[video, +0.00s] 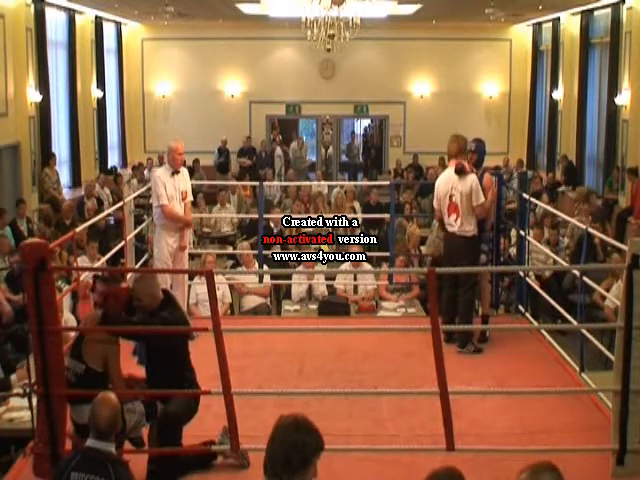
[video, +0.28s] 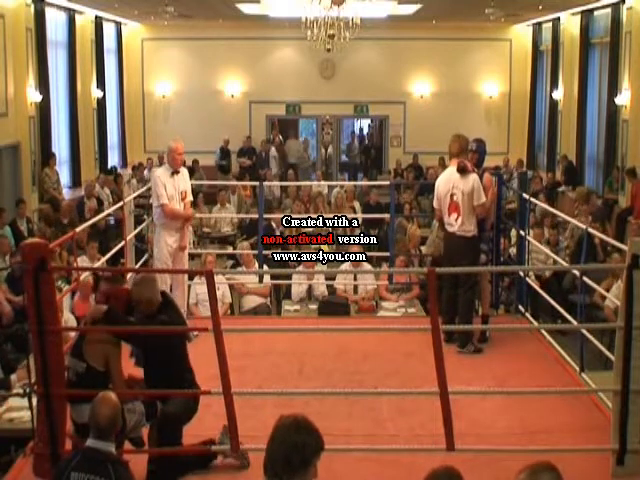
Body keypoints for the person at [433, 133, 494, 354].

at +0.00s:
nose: (466, 154)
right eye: (466, 151)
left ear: (448, 153)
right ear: (466, 152)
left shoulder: (441, 180)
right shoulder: (471, 179)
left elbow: (438, 213)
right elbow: (480, 211)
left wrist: (449, 225)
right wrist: (491, 195)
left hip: (449, 236)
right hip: (468, 236)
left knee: (449, 283)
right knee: (467, 285)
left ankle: (448, 327)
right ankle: (465, 335)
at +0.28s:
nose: (466, 156)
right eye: (467, 152)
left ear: (448, 153)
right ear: (467, 153)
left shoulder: (441, 179)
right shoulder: (472, 179)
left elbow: (438, 213)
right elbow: (481, 210)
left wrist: (448, 226)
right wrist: (490, 193)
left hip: (449, 236)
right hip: (468, 236)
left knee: (449, 283)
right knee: (467, 285)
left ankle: (448, 328)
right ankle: (465, 336)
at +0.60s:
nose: (467, 155)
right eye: (468, 151)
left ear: (449, 152)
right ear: (468, 152)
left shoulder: (442, 178)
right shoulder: (473, 178)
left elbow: (438, 212)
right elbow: (481, 211)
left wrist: (447, 226)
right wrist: (491, 193)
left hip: (449, 235)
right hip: (468, 236)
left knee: (449, 282)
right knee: (467, 285)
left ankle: (448, 328)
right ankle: (465, 336)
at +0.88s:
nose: (471, 156)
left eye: (469, 153)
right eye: (471, 153)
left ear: (452, 153)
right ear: (471, 154)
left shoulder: (442, 177)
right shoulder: (474, 178)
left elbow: (438, 210)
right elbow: (481, 211)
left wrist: (446, 226)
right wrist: (489, 190)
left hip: (449, 235)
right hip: (468, 236)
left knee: (449, 282)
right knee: (467, 284)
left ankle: (448, 327)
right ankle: (464, 335)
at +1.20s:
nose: (473, 155)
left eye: (471, 152)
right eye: (473, 152)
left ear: (454, 152)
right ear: (472, 153)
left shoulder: (443, 176)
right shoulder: (474, 178)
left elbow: (439, 210)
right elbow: (482, 211)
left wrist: (446, 227)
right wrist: (489, 192)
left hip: (449, 236)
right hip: (468, 237)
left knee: (449, 282)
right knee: (467, 285)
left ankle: (448, 327)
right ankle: (464, 336)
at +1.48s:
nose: (474, 156)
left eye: (472, 153)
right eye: (474, 153)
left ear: (455, 152)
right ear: (473, 153)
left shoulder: (444, 176)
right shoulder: (474, 178)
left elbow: (439, 208)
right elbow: (483, 210)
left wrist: (445, 227)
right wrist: (488, 187)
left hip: (449, 235)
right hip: (468, 237)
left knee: (449, 282)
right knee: (467, 285)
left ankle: (448, 327)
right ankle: (464, 336)